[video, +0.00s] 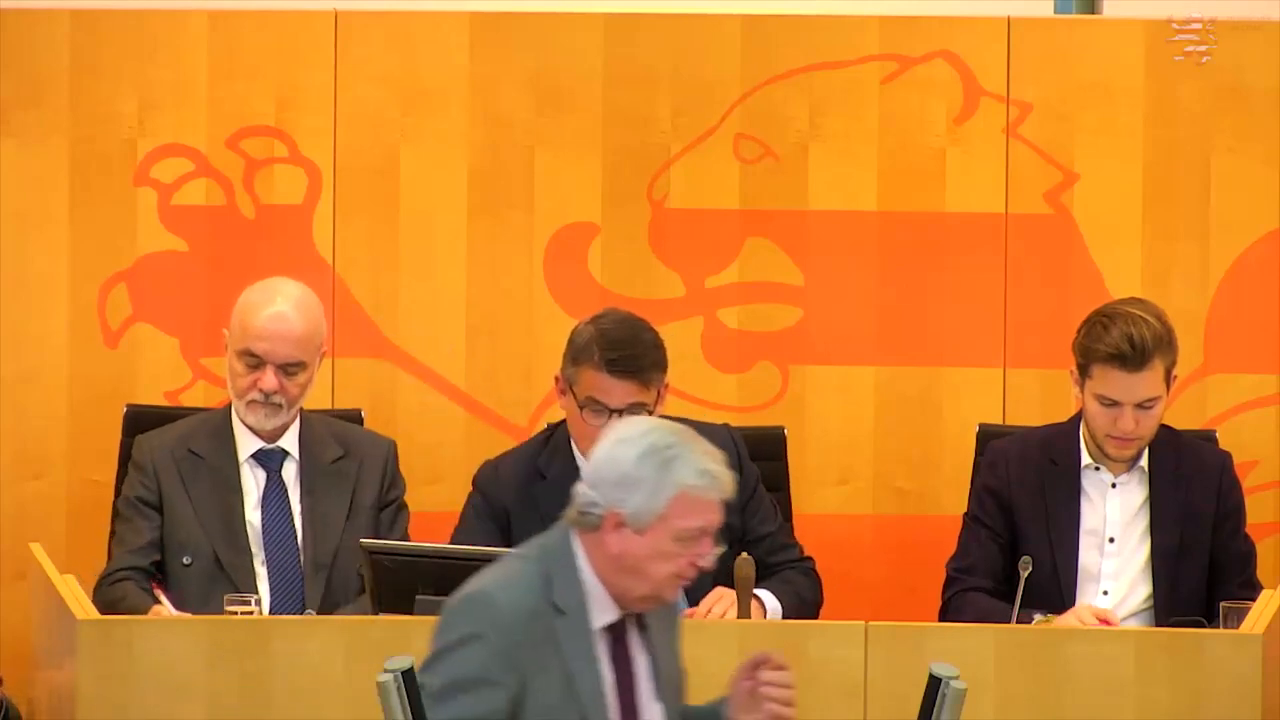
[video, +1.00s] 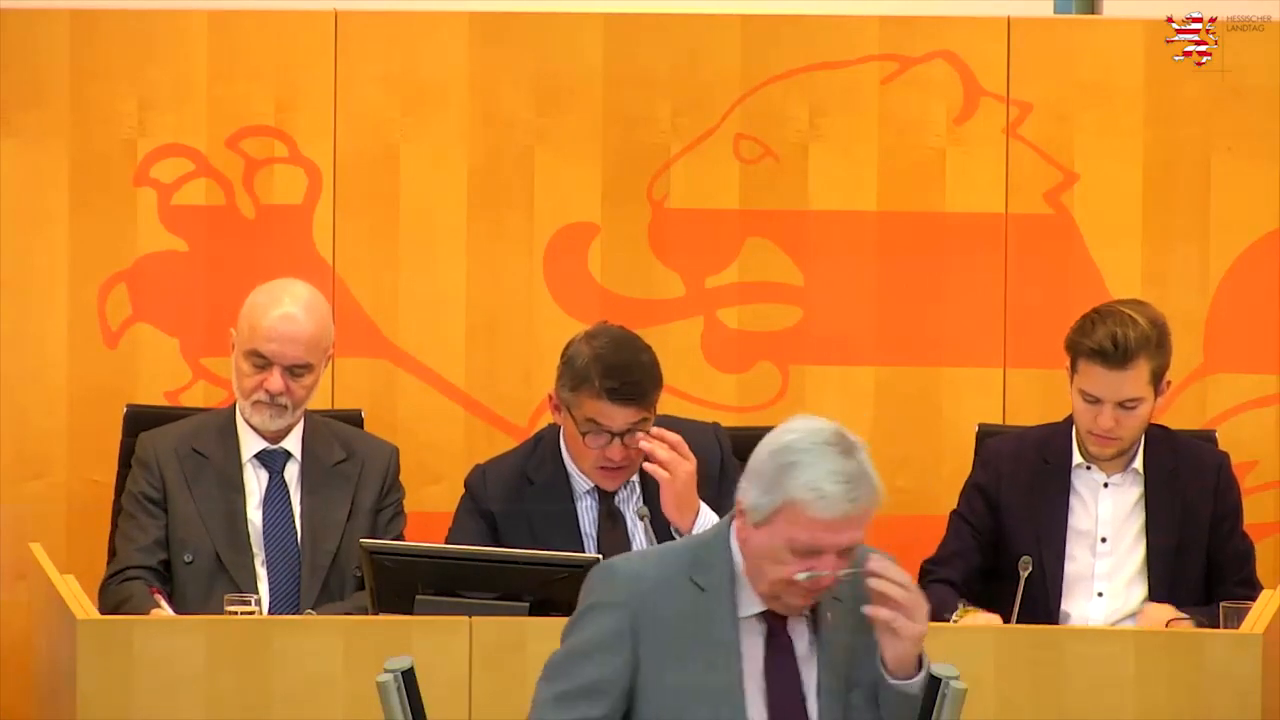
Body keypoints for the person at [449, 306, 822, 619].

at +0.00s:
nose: (615, 430)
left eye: (634, 412)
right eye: (596, 411)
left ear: (661, 395)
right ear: (562, 392)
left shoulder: (718, 452)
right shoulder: (504, 484)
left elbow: (799, 579)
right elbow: (468, 601)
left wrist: (755, 605)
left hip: (703, 662)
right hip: (559, 675)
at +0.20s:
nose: (612, 432)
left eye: (631, 413)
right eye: (592, 411)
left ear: (657, 397)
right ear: (560, 392)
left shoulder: (718, 456)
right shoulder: (501, 486)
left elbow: (816, 586)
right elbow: (455, 606)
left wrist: (735, 597)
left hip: (697, 675)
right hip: (562, 677)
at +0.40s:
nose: (611, 439)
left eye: (630, 418)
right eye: (592, 418)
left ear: (656, 400)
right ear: (557, 399)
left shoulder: (714, 454)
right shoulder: (497, 492)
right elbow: (460, 613)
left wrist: (732, 538)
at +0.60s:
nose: (616, 449)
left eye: (635, 428)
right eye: (596, 427)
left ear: (658, 405)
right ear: (560, 406)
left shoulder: (709, 453)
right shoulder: (496, 489)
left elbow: (766, 597)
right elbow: (458, 620)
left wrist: (718, 534)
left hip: (697, 669)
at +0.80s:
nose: (618, 452)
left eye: (636, 428)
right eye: (597, 430)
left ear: (656, 403)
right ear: (558, 408)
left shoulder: (707, 451)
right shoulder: (496, 490)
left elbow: (765, 583)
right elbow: (457, 617)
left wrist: (700, 520)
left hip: (699, 669)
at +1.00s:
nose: (618, 453)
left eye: (636, 430)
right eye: (597, 432)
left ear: (654, 407)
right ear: (557, 410)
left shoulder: (705, 453)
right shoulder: (494, 491)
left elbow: (770, 577)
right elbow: (455, 615)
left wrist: (693, 519)